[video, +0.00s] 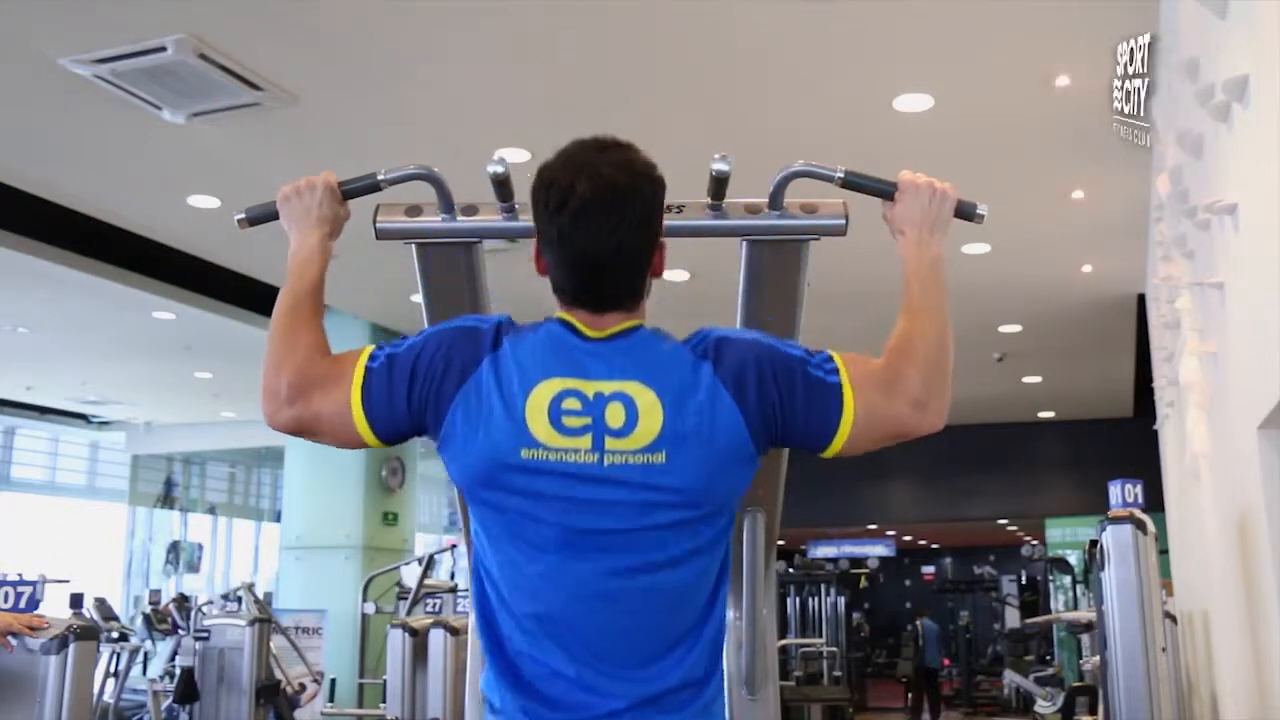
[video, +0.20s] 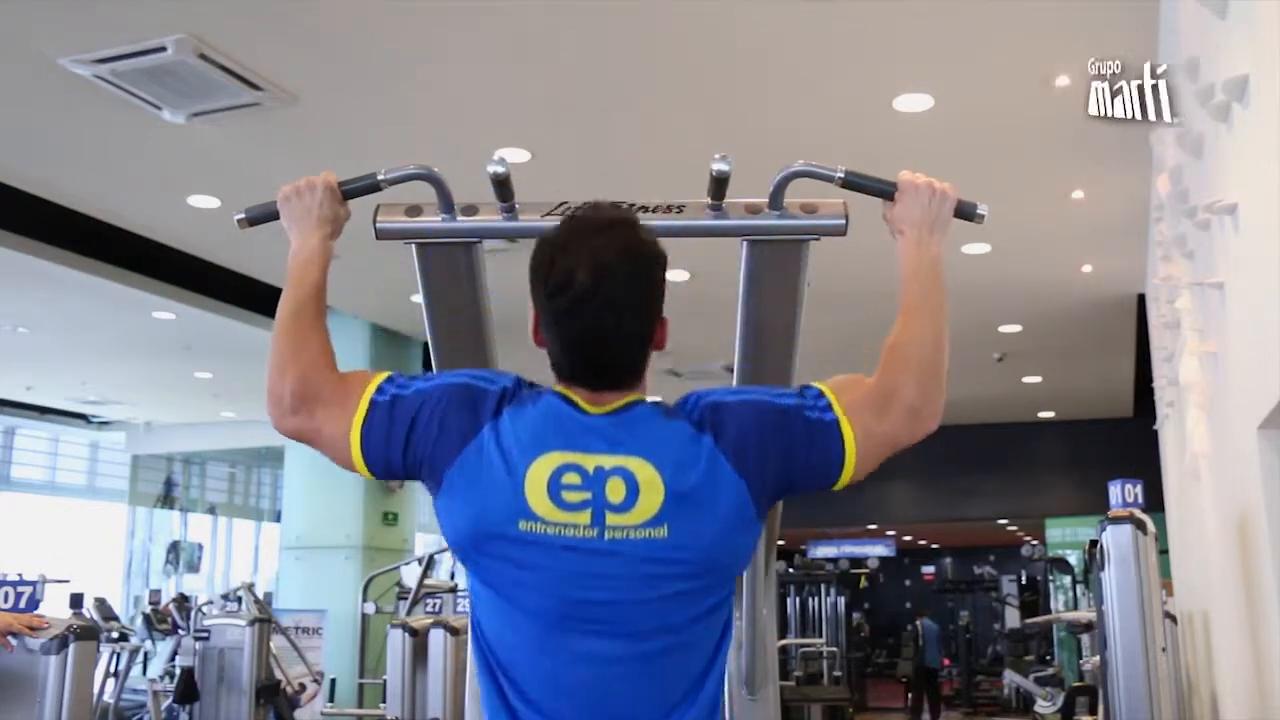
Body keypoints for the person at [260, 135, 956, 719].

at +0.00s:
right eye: (661, 237)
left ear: (539, 259)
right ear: (660, 260)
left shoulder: (469, 367)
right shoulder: (731, 379)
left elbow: (289, 397)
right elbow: (918, 398)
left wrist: (307, 244)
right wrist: (925, 243)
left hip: (523, 703)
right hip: (681, 705)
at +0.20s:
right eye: (662, 304)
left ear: (536, 328)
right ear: (661, 331)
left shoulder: (470, 427)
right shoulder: (731, 443)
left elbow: (298, 401)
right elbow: (909, 404)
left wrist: (309, 244)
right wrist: (923, 242)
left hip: (521, 709)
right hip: (684, 712)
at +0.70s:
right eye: (664, 443)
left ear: (539, 469)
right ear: (666, 471)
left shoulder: (486, 550)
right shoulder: (724, 569)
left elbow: (345, 409)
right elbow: (856, 403)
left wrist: (314, 245)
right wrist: (911, 249)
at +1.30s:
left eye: (537, 174)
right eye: (658, 177)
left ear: (539, 197)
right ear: (660, 198)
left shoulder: (478, 320)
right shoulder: (735, 320)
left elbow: (302, 398)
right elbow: (913, 403)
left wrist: (308, 244)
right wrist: (922, 246)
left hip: (521, 681)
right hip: (672, 683)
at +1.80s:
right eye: (664, 109)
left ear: (550, 122)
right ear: (662, 122)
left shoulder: (483, 244)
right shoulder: (734, 246)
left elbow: (326, 383)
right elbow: (897, 381)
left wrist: (310, 239)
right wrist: (923, 244)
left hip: (529, 616)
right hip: (677, 617)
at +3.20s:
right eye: (664, 453)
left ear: (542, 479)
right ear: (666, 486)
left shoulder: (486, 561)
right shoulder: (724, 576)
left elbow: (354, 407)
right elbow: (845, 403)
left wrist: (316, 243)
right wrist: (909, 246)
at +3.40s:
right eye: (663, 453)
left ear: (542, 479)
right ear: (666, 485)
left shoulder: (485, 561)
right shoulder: (723, 577)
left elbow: (355, 408)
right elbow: (845, 403)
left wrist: (316, 241)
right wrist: (909, 246)